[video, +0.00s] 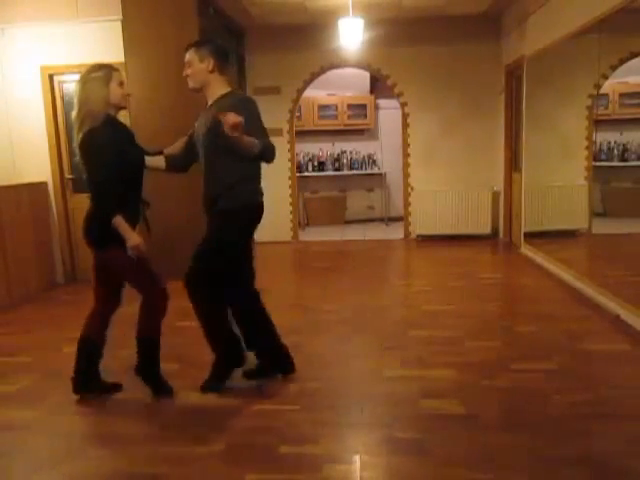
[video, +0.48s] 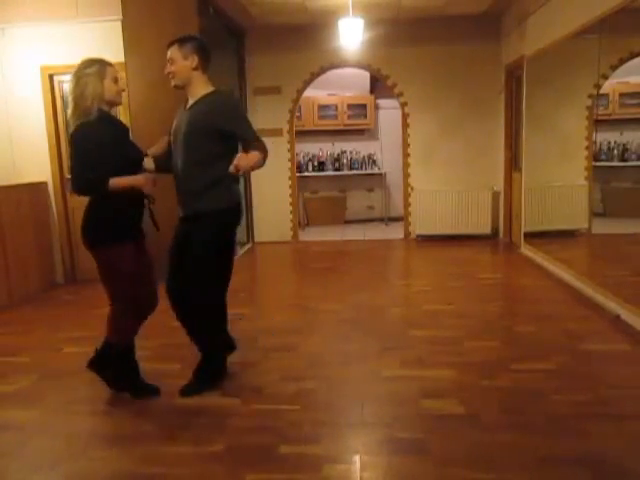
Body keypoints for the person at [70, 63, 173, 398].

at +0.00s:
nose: (126, 90)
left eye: (124, 84)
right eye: (119, 85)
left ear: (107, 90)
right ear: (100, 91)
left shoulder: (115, 128)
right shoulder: (98, 135)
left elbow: (136, 156)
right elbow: (103, 192)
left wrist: (168, 152)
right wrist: (127, 231)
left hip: (114, 227)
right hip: (108, 229)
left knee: (106, 302)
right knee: (155, 293)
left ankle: (86, 375)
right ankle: (148, 366)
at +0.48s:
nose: (121, 86)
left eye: (120, 80)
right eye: (114, 81)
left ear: (104, 85)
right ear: (94, 86)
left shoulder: (113, 125)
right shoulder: (87, 130)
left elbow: (129, 165)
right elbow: (82, 183)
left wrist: (158, 152)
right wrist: (133, 180)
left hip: (127, 220)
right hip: (106, 225)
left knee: (145, 297)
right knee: (127, 299)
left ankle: (109, 357)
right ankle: (123, 369)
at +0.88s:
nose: (111, 90)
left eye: (109, 84)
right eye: (105, 84)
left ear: (84, 92)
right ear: (86, 91)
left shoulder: (94, 130)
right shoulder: (88, 133)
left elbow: (107, 175)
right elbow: (98, 187)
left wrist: (143, 149)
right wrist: (133, 176)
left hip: (95, 230)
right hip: (100, 233)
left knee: (98, 303)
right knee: (142, 296)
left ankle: (88, 377)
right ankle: (106, 372)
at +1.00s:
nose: (116, 93)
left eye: (115, 87)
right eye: (110, 88)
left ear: (92, 93)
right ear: (92, 93)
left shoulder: (101, 130)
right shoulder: (91, 136)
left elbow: (122, 167)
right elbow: (101, 189)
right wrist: (138, 179)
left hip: (100, 235)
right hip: (104, 238)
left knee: (89, 308)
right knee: (159, 290)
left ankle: (86, 377)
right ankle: (134, 360)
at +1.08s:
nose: (124, 95)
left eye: (123, 89)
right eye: (118, 89)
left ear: (100, 94)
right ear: (99, 93)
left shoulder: (109, 132)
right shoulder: (95, 137)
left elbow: (132, 164)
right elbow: (99, 192)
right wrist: (139, 182)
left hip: (109, 237)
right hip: (110, 240)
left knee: (93, 306)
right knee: (162, 292)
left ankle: (86, 376)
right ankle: (163, 367)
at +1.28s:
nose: (160, 90)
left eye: (158, 84)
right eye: (154, 84)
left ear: (138, 88)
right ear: (135, 88)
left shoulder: (151, 126)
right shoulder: (124, 133)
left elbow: (163, 164)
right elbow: (115, 188)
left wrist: (193, 152)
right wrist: (150, 180)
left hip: (157, 223)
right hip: (144, 227)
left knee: (138, 298)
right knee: (168, 303)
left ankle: (100, 360)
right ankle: (200, 375)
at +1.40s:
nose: (189, 86)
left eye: (187, 80)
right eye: (182, 80)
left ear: (176, 86)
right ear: (167, 87)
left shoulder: (185, 125)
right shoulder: (155, 130)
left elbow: (200, 166)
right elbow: (145, 184)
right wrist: (179, 178)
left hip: (197, 221)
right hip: (173, 225)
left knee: (209, 300)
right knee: (185, 305)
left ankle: (158, 337)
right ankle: (204, 379)